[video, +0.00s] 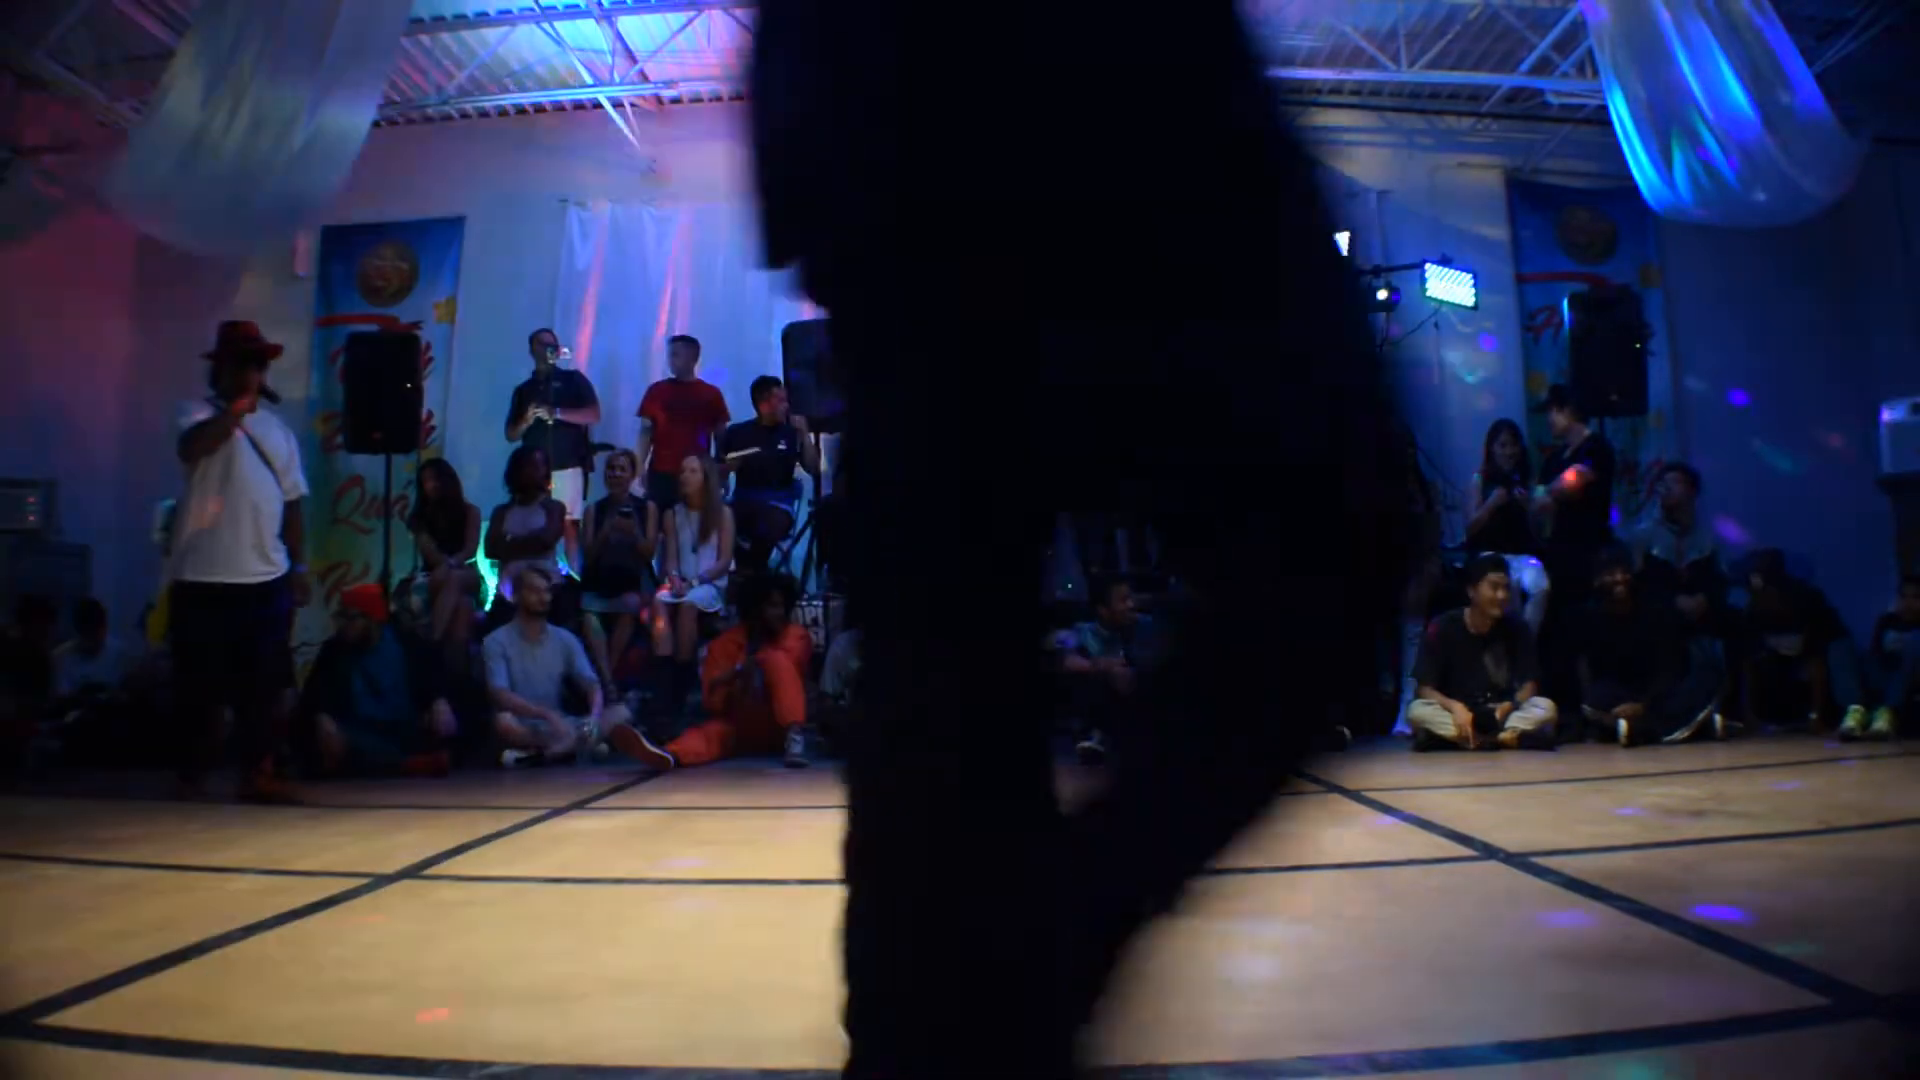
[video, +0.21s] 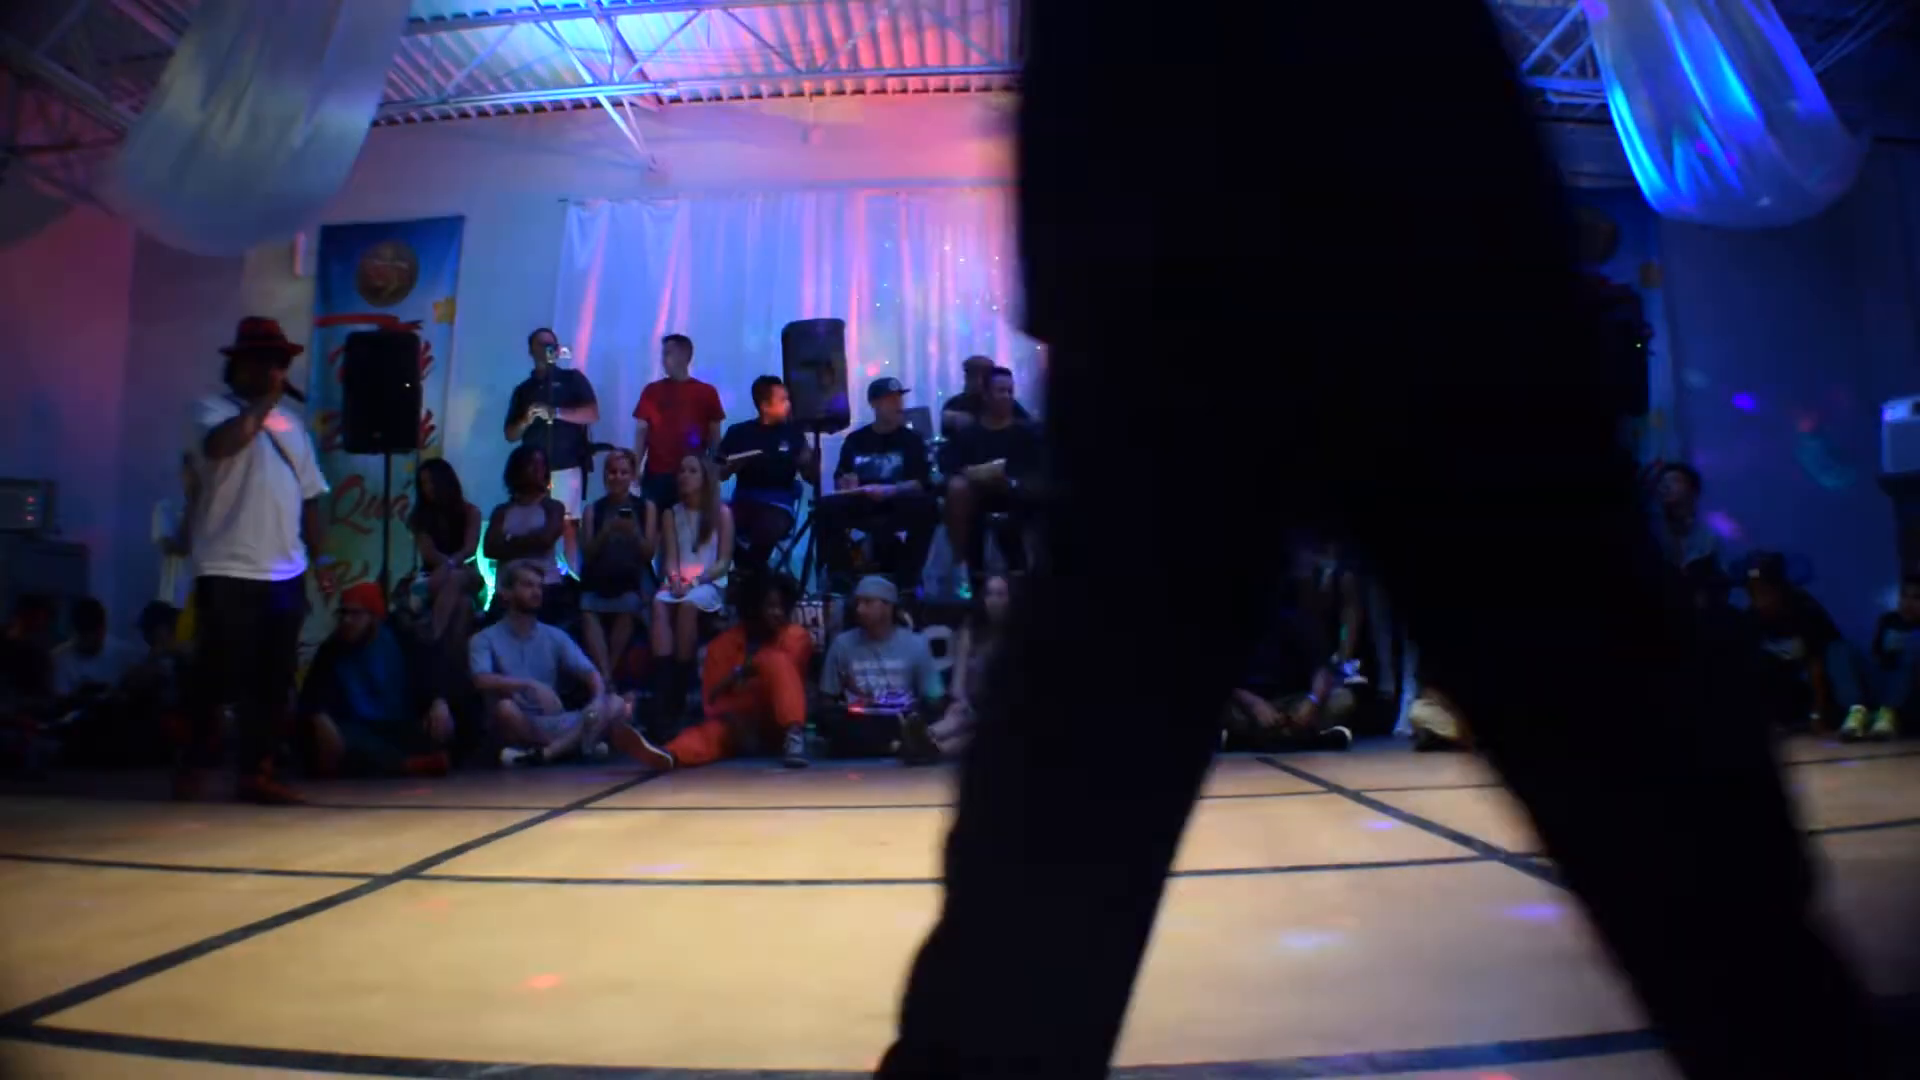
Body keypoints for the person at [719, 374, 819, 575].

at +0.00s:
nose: (786, 406)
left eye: (785, 400)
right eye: (780, 400)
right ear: (762, 404)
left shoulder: (791, 433)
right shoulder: (736, 433)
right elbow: (721, 471)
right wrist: (732, 465)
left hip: (779, 499)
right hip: (745, 498)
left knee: (770, 529)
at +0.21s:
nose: (788, 405)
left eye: (787, 399)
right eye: (782, 400)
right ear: (764, 405)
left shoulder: (792, 433)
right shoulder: (738, 432)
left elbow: (811, 477)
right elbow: (720, 473)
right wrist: (734, 464)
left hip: (778, 500)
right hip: (745, 499)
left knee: (766, 532)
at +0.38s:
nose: (791, 404)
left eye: (790, 398)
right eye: (784, 398)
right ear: (767, 403)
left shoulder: (793, 434)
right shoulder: (739, 431)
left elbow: (809, 474)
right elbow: (720, 471)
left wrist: (798, 477)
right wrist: (732, 464)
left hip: (779, 500)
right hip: (745, 499)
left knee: (764, 532)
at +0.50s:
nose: (790, 403)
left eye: (790, 396)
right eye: (783, 396)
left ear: (791, 398)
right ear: (766, 401)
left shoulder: (794, 432)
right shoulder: (740, 431)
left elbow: (809, 475)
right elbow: (717, 469)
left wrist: (799, 479)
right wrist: (734, 461)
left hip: (784, 505)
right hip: (746, 504)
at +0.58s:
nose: (791, 402)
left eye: (790, 396)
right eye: (785, 396)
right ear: (767, 402)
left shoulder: (795, 432)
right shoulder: (741, 431)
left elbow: (809, 474)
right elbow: (717, 468)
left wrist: (799, 480)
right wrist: (737, 460)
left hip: (783, 503)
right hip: (746, 502)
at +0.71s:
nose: (790, 402)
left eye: (790, 396)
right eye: (784, 397)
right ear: (767, 402)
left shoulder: (795, 432)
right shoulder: (741, 431)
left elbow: (810, 474)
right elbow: (721, 469)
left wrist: (792, 485)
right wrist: (737, 462)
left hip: (779, 498)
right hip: (746, 495)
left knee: (765, 530)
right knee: (727, 523)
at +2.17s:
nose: (760, 402)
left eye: (765, 396)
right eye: (755, 397)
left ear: (778, 400)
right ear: (750, 402)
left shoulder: (792, 433)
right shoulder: (737, 433)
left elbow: (810, 474)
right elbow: (721, 477)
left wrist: (787, 492)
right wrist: (728, 461)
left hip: (777, 500)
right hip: (744, 500)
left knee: (767, 531)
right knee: (720, 525)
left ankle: (752, 573)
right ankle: (745, 564)